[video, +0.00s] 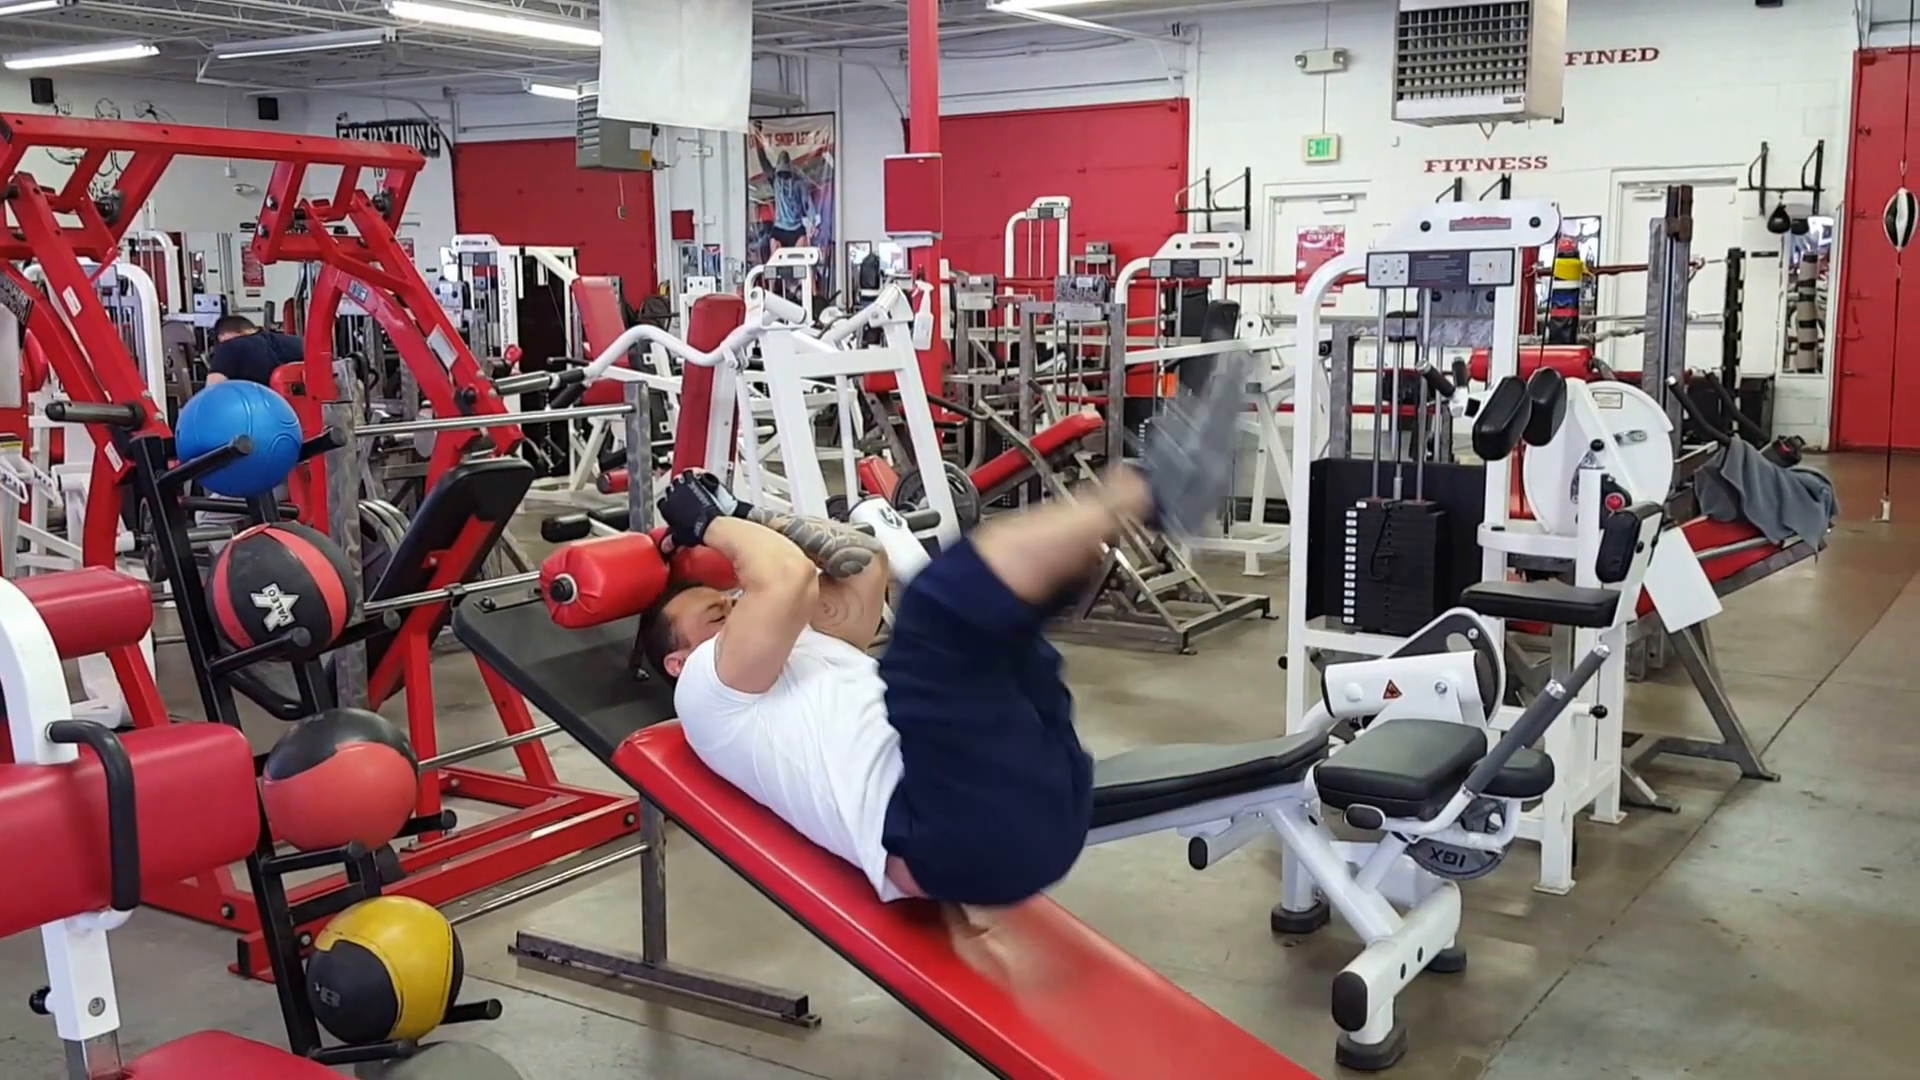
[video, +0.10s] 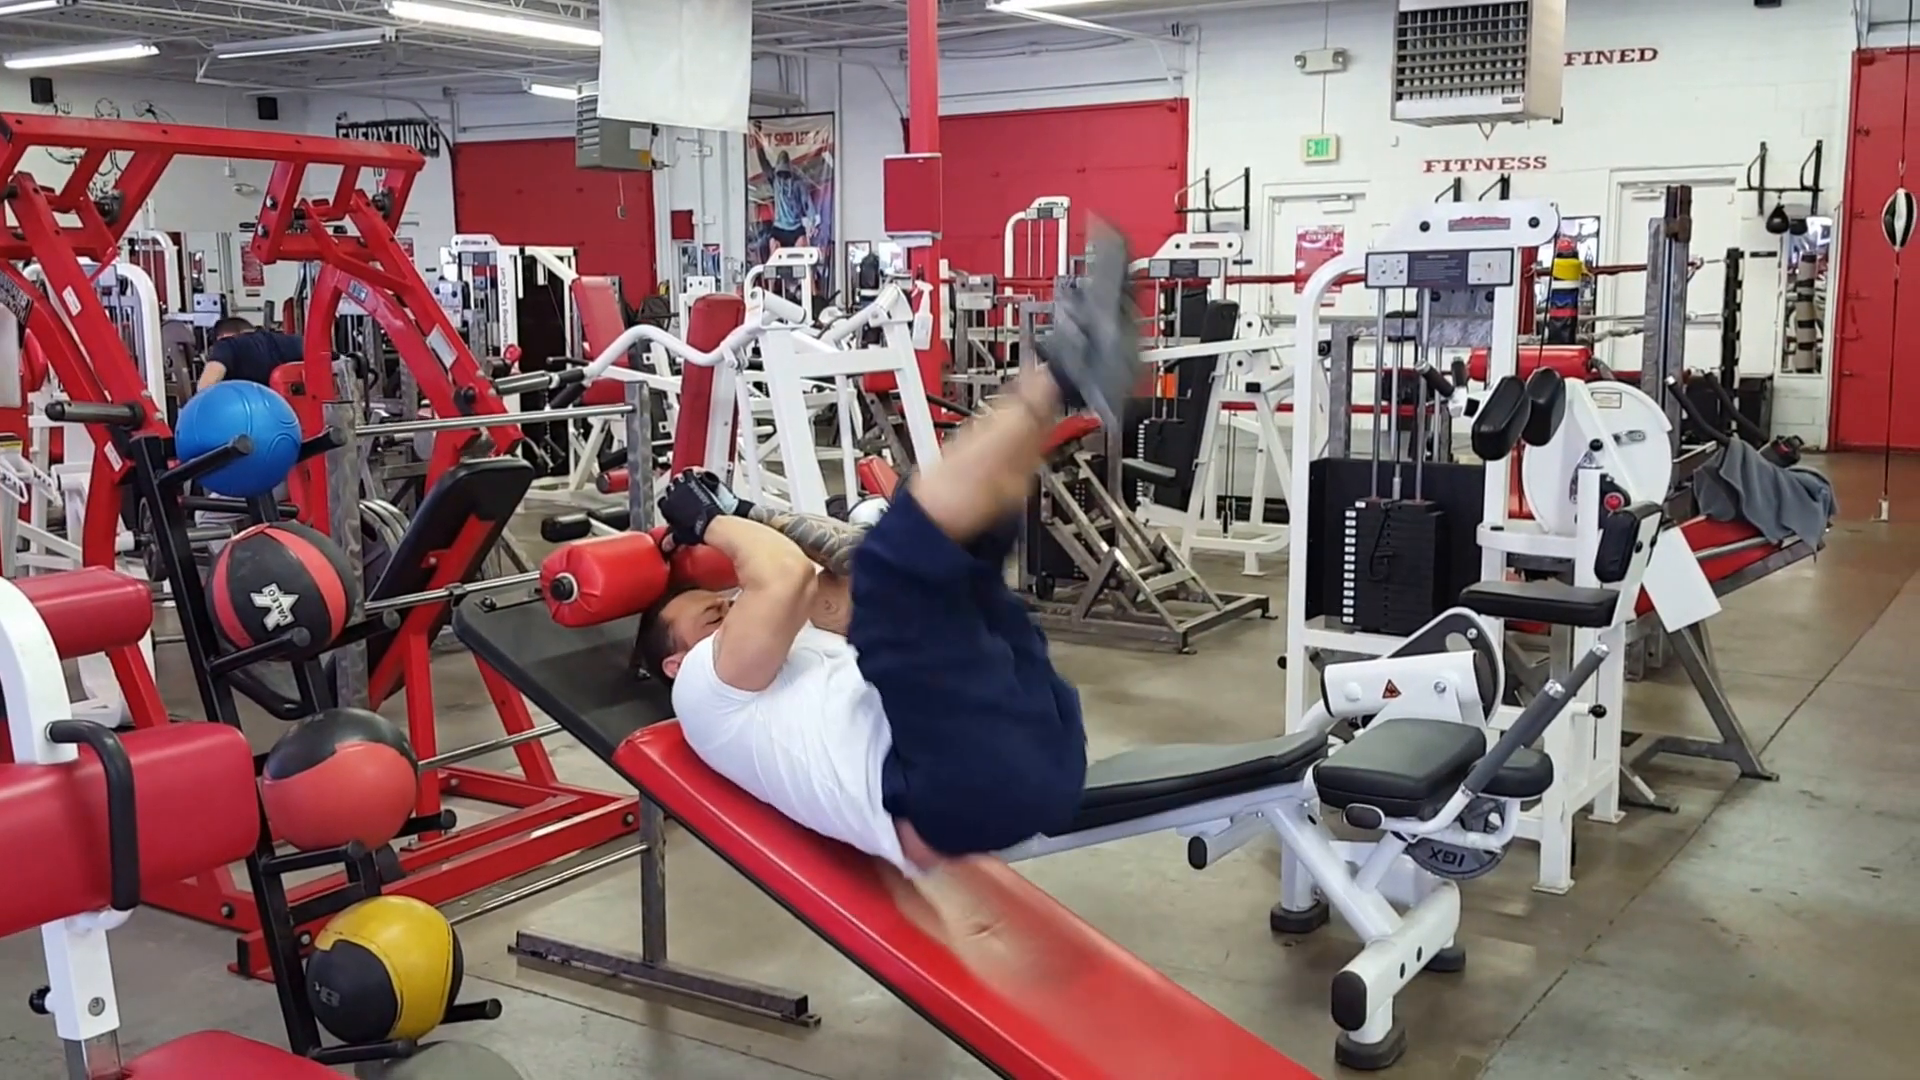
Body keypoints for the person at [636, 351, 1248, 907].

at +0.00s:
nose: (735, 606)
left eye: (727, 598)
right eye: (710, 607)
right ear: (680, 651)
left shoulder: (804, 663)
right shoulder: (708, 690)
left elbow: (866, 573)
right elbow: (784, 576)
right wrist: (714, 521)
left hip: (1034, 805)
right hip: (972, 835)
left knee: (974, 589)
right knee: (946, 597)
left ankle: (1157, 486)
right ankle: (1144, 486)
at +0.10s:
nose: (732, 616)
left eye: (727, 609)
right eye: (709, 616)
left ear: (739, 613)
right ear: (673, 662)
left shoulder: (803, 659)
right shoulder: (703, 692)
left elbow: (860, 600)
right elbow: (786, 576)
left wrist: (768, 533)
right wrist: (710, 519)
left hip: (1046, 757)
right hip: (969, 789)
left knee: (940, 557)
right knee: (894, 551)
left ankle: (1073, 378)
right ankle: (1054, 377)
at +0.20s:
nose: (719, 608)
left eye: (713, 602)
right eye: (697, 613)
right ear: (670, 665)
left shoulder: (784, 664)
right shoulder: (699, 695)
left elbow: (848, 603)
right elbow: (781, 578)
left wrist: (764, 563)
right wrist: (711, 525)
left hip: (1033, 712)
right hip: (960, 740)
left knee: (940, 509)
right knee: (877, 504)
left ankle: (1002, 293)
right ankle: (990, 285)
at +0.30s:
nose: (710, 608)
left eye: (704, 604)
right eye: (688, 616)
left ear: (720, 610)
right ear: (664, 664)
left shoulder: (780, 658)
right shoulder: (697, 693)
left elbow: (864, 595)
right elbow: (772, 572)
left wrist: (754, 541)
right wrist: (704, 515)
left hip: (1027, 682)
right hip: (958, 706)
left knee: (955, 469)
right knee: (894, 465)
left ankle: (987, 222)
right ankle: (959, 208)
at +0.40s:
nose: (719, 607)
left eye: (712, 604)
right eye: (696, 614)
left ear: (729, 613)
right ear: (668, 666)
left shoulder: (788, 664)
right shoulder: (702, 695)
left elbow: (858, 589)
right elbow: (772, 573)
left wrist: (756, 523)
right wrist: (704, 518)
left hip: (1033, 679)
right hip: (964, 698)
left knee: (961, 462)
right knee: (898, 459)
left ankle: (991, 217)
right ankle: (961, 201)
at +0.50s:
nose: (710, 606)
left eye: (704, 605)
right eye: (691, 613)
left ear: (712, 625)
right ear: (676, 658)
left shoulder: (786, 668)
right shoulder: (704, 698)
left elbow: (850, 598)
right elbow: (775, 577)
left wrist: (746, 531)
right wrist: (711, 519)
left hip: (1036, 697)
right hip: (964, 719)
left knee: (949, 496)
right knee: (889, 477)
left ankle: (1014, 264)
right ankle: (994, 247)